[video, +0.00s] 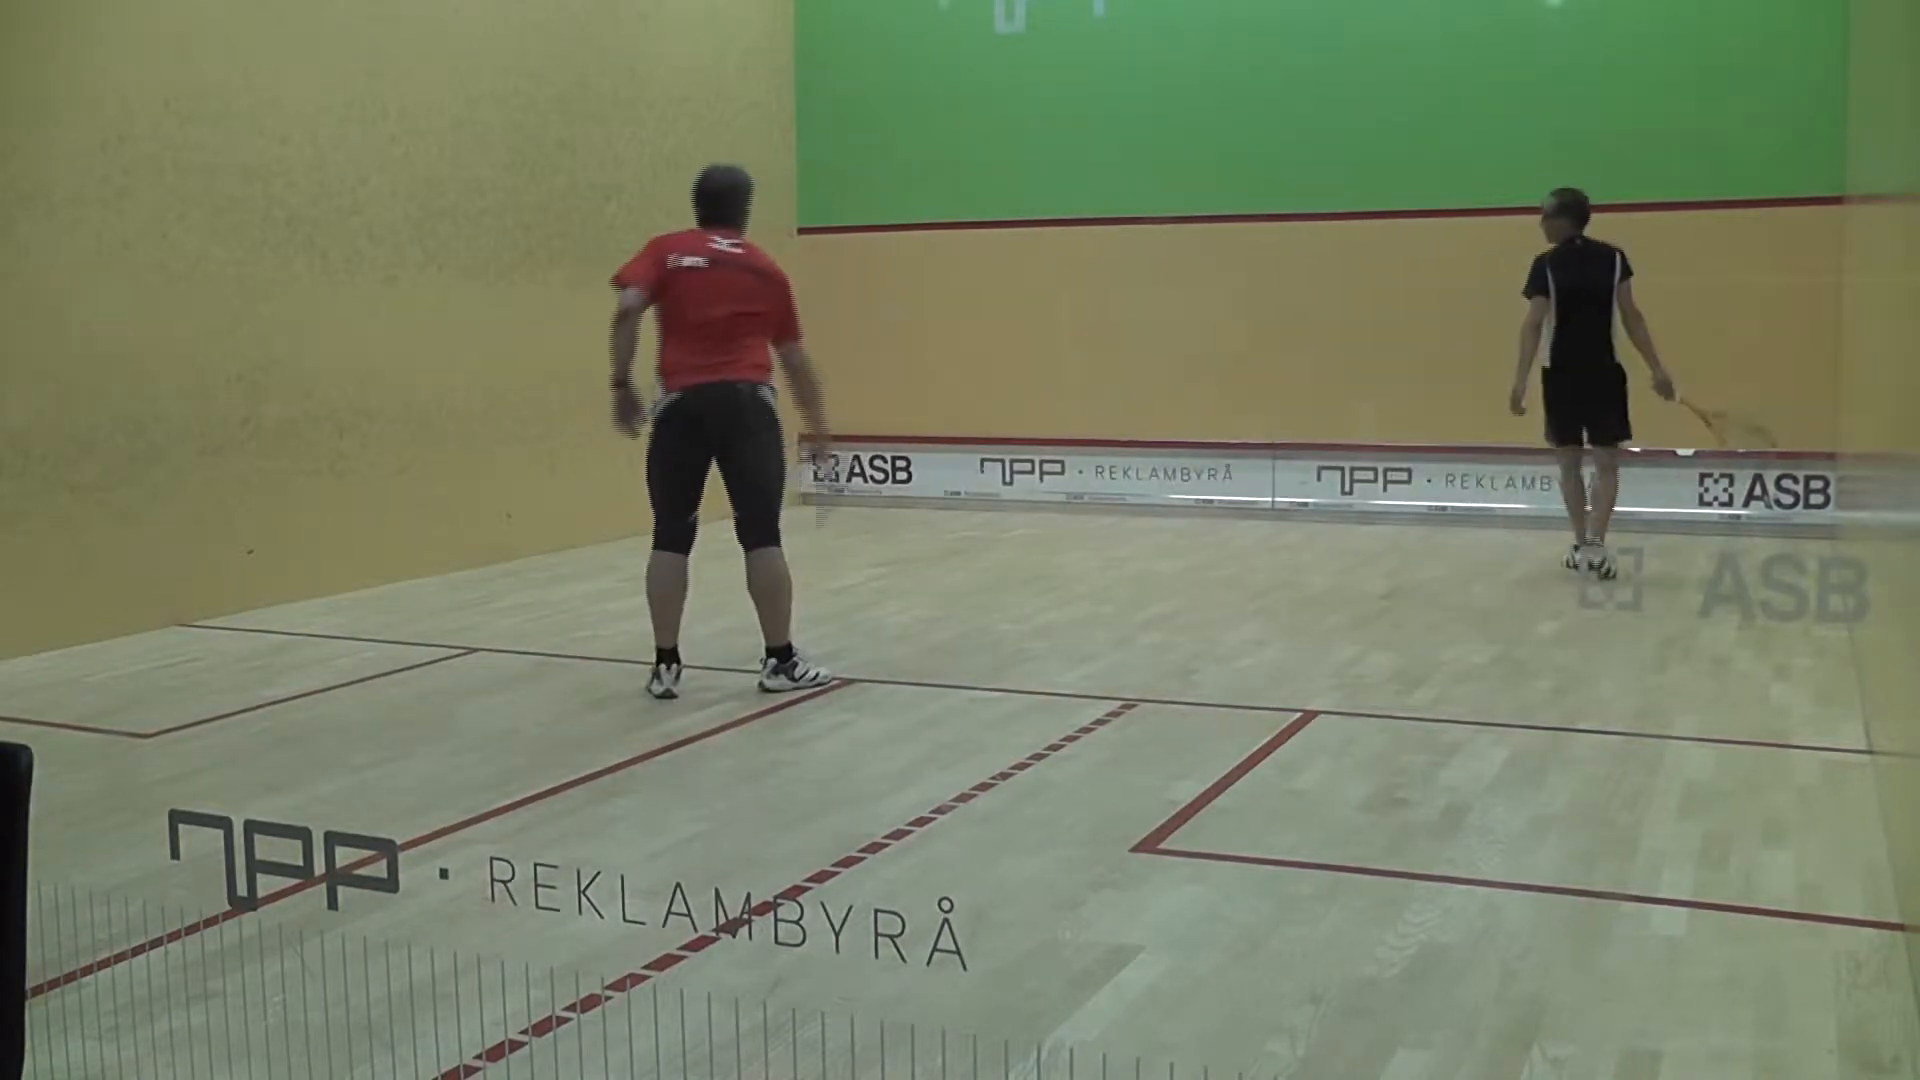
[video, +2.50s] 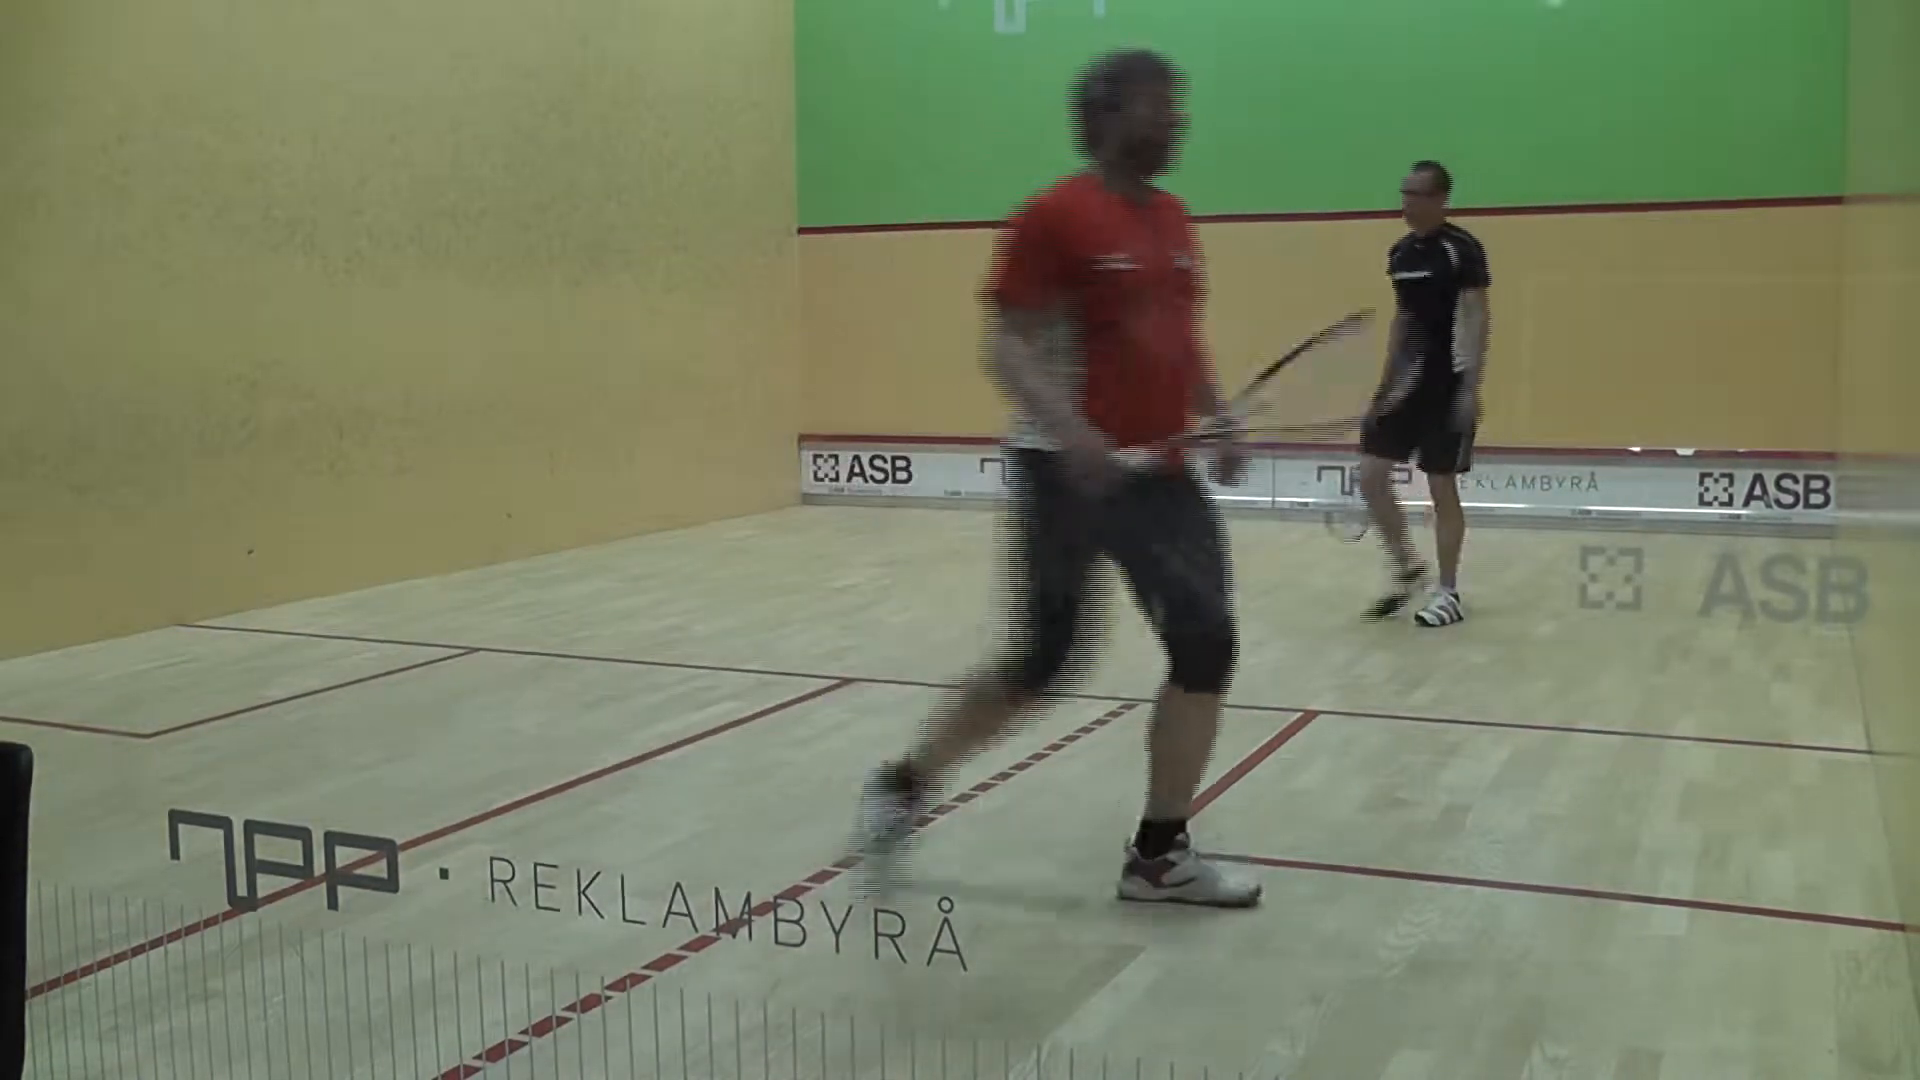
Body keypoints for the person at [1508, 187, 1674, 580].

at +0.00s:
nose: (1542, 223)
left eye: (1546, 217)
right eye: (1543, 216)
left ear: (1559, 221)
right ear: (1582, 220)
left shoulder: (1546, 264)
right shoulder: (1612, 256)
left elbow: (1534, 323)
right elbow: (1630, 315)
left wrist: (1520, 380)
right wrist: (1657, 368)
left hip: (1561, 377)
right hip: (1605, 375)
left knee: (1569, 462)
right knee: (1607, 462)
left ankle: (1582, 543)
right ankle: (1596, 544)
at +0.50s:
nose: (1567, 220)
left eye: (1574, 214)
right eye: (1569, 213)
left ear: (1594, 220)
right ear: (1600, 220)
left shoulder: (1591, 261)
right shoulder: (1624, 256)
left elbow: (1591, 321)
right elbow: (1635, 319)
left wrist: (1560, 347)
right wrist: (1600, 341)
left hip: (1595, 370)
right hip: (1623, 369)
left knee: (1579, 457)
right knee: (1614, 452)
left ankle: (1582, 548)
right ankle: (1643, 542)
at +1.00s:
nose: (1587, 218)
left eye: (1597, 212)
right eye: (1586, 210)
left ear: (1617, 218)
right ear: (1583, 213)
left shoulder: (1628, 263)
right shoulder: (1586, 262)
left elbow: (1637, 325)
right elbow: (1585, 323)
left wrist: (1625, 380)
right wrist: (1571, 371)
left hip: (1617, 377)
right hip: (1591, 375)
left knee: (1606, 466)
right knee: (1610, 463)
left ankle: (1623, 556)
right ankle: (1636, 539)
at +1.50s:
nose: (1555, 217)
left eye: (1564, 211)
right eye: (1551, 210)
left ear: (1583, 216)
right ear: (1546, 214)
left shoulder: (1604, 261)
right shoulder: (1541, 267)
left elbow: (1628, 322)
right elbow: (1538, 327)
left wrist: (1638, 384)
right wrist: (1518, 382)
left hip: (1596, 380)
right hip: (1551, 380)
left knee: (1602, 469)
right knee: (1529, 463)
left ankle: (1619, 558)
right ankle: (1521, 562)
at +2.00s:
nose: (1485, 207)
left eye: (1495, 201)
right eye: (1480, 200)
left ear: (1512, 207)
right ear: (1473, 205)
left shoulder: (1531, 257)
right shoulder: (1460, 258)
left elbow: (1550, 320)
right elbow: (1445, 320)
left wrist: (1555, 383)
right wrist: (1425, 381)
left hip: (1514, 372)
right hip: (1471, 372)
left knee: (1496, 472)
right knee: (1485, 474)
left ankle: (1504, 573)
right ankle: (1508, 567)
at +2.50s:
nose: (1404, 202)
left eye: (1414, 195)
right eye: (1403, 193)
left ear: (1441, 199)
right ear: (1405, 196)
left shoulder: (1463, 249)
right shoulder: (1402, 253)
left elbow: (1475, 322)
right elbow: (1400, 324)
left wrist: (1470, 392)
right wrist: (1385, 385)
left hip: (1449, 384)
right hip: (1408, 382)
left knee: (1442, 486)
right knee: (1371, 476)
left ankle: (1448, 591)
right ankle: (1407, 567)